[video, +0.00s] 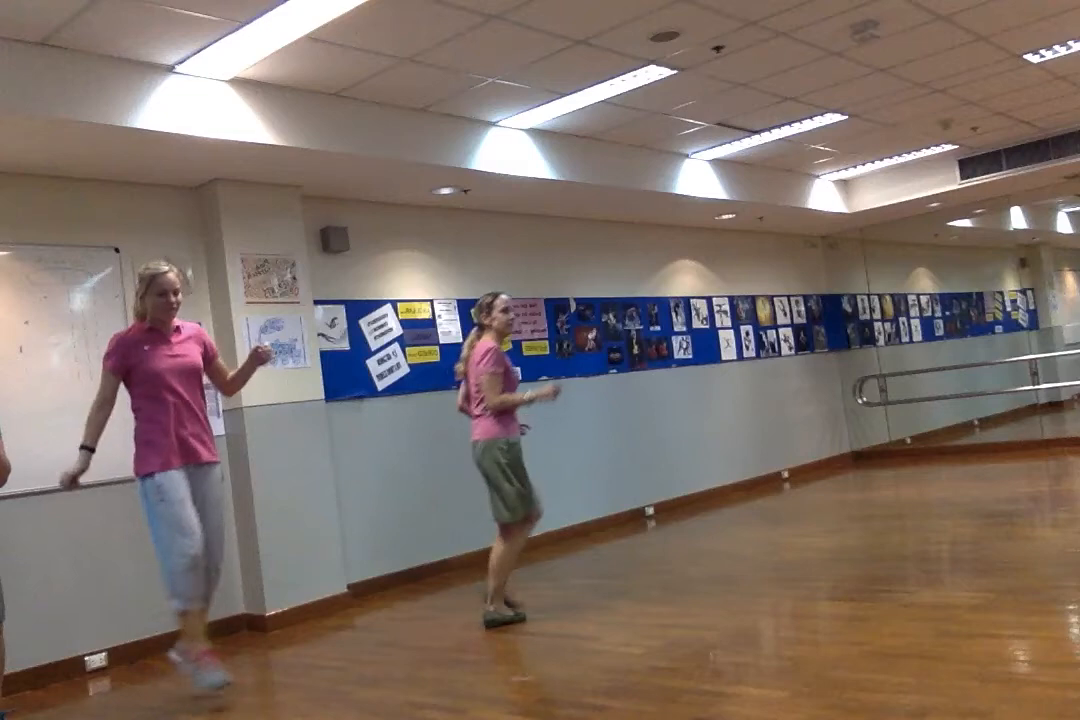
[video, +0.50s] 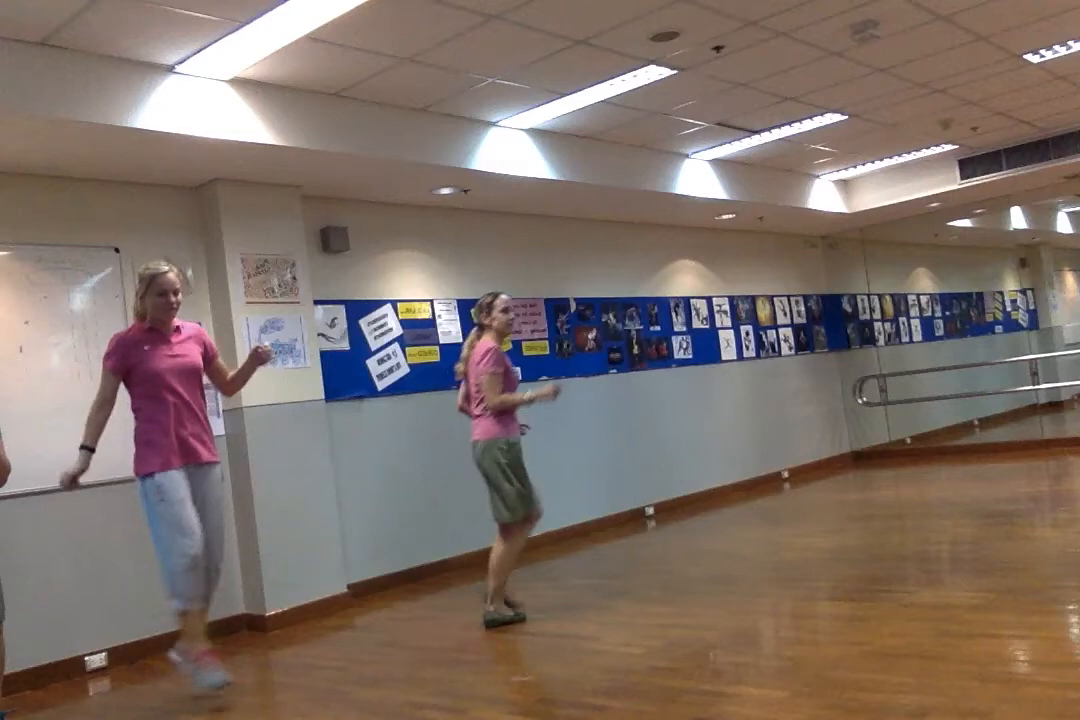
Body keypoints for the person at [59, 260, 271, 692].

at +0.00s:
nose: (171, 300)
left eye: (176, 293)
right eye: (162, 294)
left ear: (182, 296)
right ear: (142, 298)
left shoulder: (195, 334)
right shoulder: (126, 344)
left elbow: (228, 386)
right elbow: (103, 403)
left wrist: (252, 363)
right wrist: (83, 459)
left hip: (203, 453)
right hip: (159, 459)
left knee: (212, 551)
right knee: (190, 548)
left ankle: (189, 644)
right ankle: (196, 651)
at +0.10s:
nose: (171, 300)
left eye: (176, 293)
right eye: (162, 294)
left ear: (182, 296)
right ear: (142, 298)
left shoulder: (195, 334)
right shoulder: (126, 344)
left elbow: (228, 386)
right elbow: (103, 403)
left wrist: (252, 363)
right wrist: (83, 459)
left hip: (203, 453)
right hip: (159, 459)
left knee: (212, 551)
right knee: (190, 548)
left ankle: (189, 644)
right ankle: (196, 651)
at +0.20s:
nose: (171, 300)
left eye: (176, 293)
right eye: (162, 294)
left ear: (182, 296)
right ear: (142, 298)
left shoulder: (195, 334)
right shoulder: (126, 344)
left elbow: (228, 386)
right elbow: (103, 403)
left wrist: (252, 363)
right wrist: (83, 459)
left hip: (203, 453)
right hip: (159, 459)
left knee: (212, 551)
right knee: (190, 548)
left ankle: (189, 644)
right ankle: (196, 651)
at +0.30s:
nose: (171, 300)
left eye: (176, 293)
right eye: (162, 294)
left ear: (182, 296)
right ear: (142, 298)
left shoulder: (195, 334)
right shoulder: (126, 344)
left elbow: (228, 386)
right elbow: (103, 403)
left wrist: (252, 363)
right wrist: (83, 459)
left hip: (203, 453)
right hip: (159, 459)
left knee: (212, 551)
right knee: (190, 548)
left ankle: (189, 644)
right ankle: (196, 651)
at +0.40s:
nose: (171, 300)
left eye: (176, 293)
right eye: (162, 294)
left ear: (182, 296)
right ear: (142, 298)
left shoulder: (195, 334)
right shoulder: (126, 344)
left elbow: (228, 386)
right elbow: (103, 403)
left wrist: (252, 363)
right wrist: (83, 459)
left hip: (203, 453)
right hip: (159, 459)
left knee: (212, 551)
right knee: (190, 548)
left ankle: (189, 644)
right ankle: (196, 651)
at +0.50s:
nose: (171, 300)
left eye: (176, 293)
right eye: (162, 294)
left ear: (182, 296)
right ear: (142, 298)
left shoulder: (195, 334)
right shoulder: (126, 344)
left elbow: (228, 386)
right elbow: (103, 403)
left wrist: (252, 363)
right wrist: (83, 459)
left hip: (203, 453)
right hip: (159, 459)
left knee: (212, 551)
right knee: (190, 548)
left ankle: (189, 644)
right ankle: (196, 651)